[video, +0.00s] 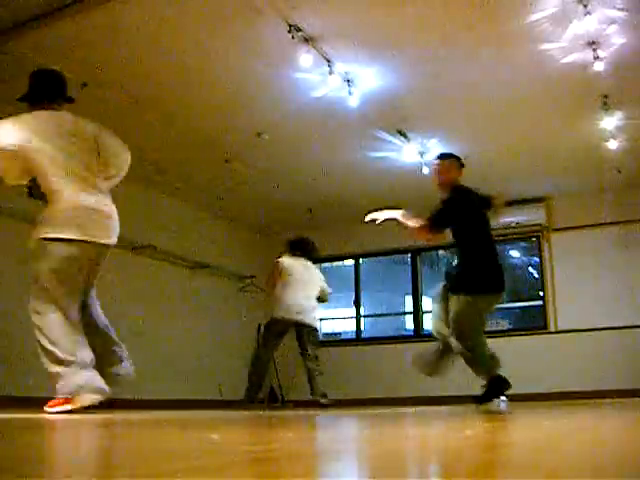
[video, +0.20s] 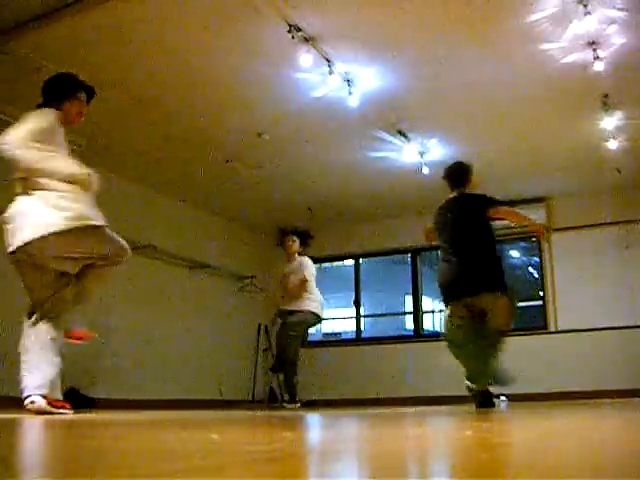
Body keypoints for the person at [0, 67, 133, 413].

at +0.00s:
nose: (29, 105)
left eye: (30, 100)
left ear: (31, 98)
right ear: (64, 99)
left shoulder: (20, 126)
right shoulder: (87, 127)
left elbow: (8, 157)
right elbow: (121, 156)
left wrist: (24, 177)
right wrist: (96, 186)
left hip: (65, 220)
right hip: (105, 222)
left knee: (48, 303)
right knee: (83, 295)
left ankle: (79, 385)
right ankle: (114, 361)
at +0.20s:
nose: (83, 112)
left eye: (85, 105)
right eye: (79, 104)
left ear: (63, 105)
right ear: (62, 101)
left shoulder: (53, 138)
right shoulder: (46, 118)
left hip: (22, 233)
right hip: (48, 222)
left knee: (46, 308)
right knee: (114, 253)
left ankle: (38, 392)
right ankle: (63, 315)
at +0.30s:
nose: (74, 92)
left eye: (77, 87)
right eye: (69, 84)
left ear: (74, 94)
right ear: (49, 83)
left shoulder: (65, 136)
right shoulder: (22, 109)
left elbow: (83, 188)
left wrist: (78, 156)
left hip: (35, 219)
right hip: (16, 211)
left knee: (50, 300)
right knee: (91, 249)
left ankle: (32, 387)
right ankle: (97, 327)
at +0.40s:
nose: (57, 73)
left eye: (63, 71)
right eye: (51, 65)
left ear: (64, 84)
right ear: (30, 68)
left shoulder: (65, 118)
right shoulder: (6, 101)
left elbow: (88, 150)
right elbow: (3, 157)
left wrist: (69, 158)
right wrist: (40, 159)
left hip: (35, 210)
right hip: (7, 203)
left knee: (36, 292)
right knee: (47, 280)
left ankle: (35, 379)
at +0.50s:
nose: (36, 84)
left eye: (41, 80)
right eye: (31, 74)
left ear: (44, 87)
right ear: (12, 74)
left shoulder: (51, 122)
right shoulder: (1, 114)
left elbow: (79, 146)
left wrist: (64, 164)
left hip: (26, 223)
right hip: (5, 222)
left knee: (43, 304)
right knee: (39, 304)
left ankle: (46, 387)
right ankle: (46, 388)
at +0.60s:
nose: (14, 101)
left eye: (21, 98)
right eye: (11, 93)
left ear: (25, 106)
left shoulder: (32, 150)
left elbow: (44, 202)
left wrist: (59, 223)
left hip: (11, 247)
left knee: (39, 308)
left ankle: (41, 390)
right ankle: (41, 390)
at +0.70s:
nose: (5, 100)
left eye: (10, 97)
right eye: (3, 93)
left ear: (16, 106)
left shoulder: (22, 151)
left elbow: (27, 214)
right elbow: (26, 215)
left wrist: (30, 262)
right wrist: (27, 262)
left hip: (6, 248)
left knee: (24, 308)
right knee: (22, 308)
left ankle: (39, 392)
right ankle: (39, 391)